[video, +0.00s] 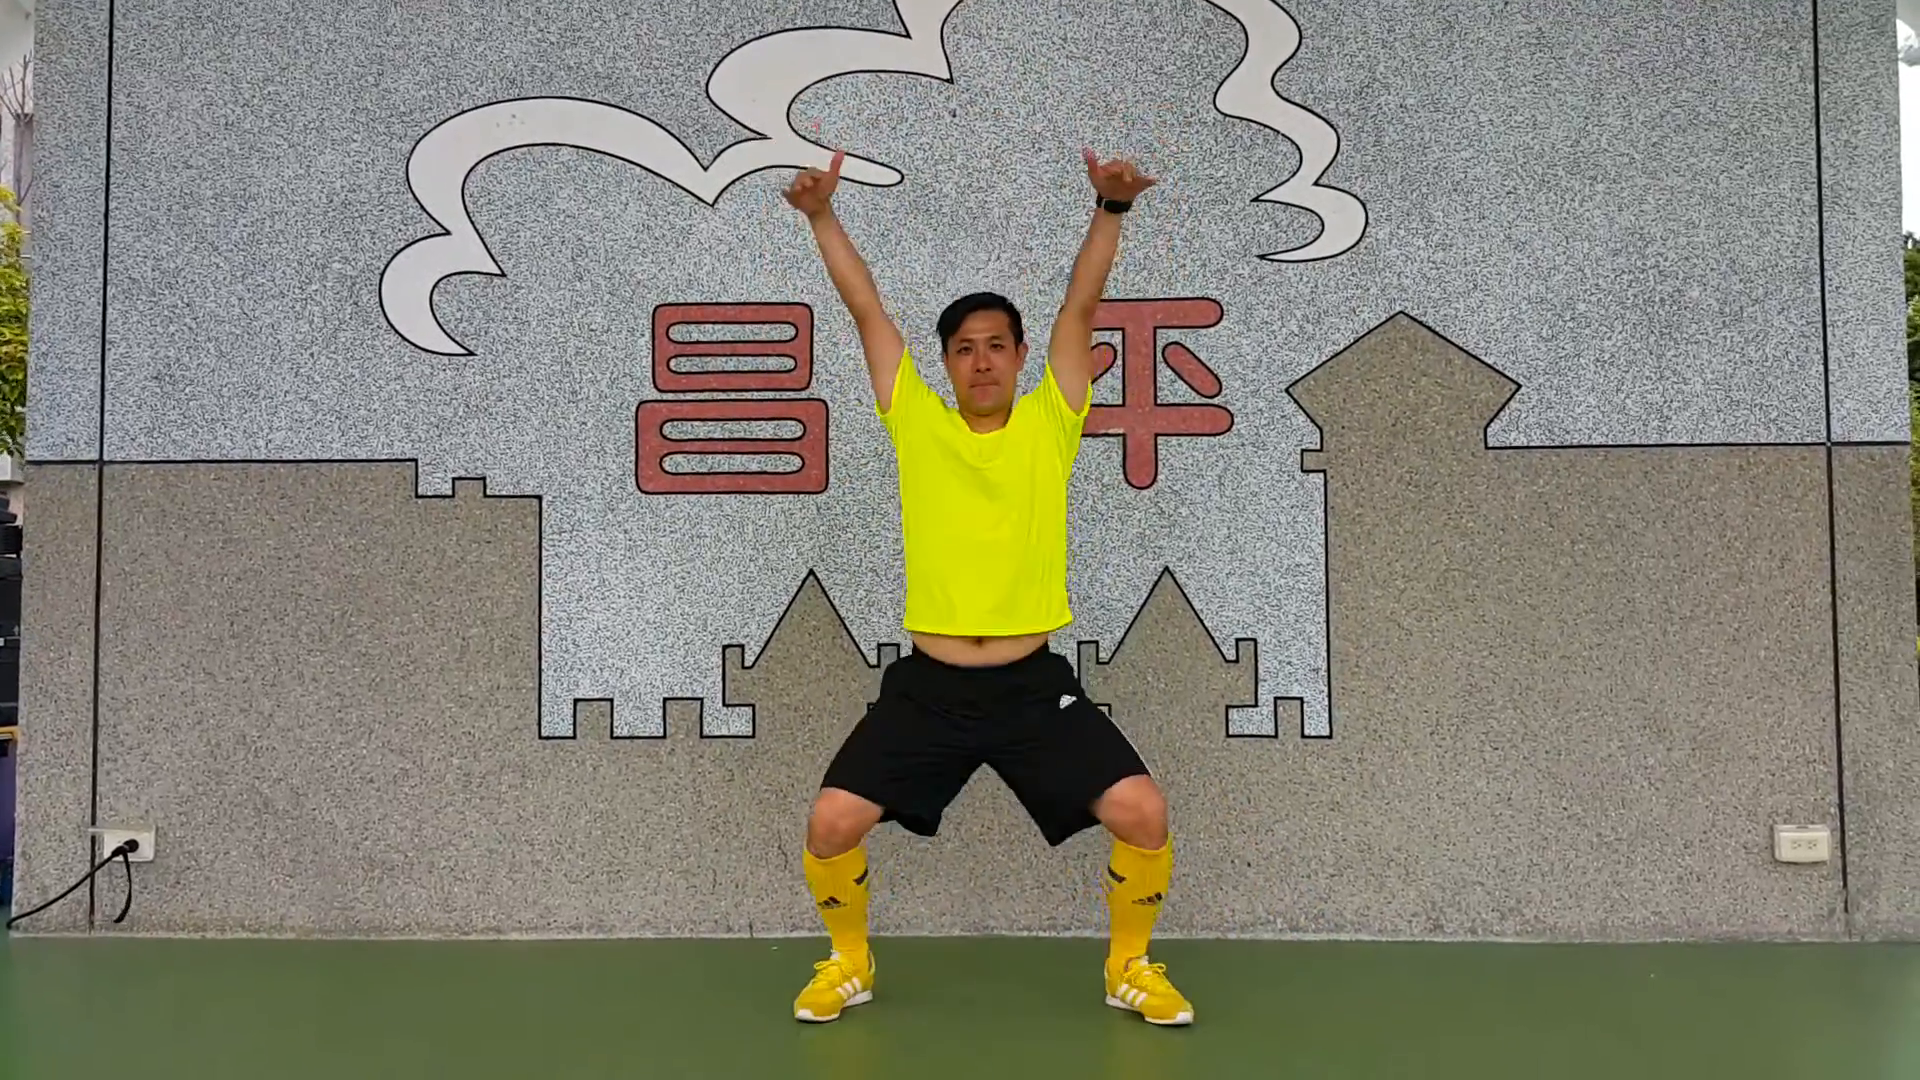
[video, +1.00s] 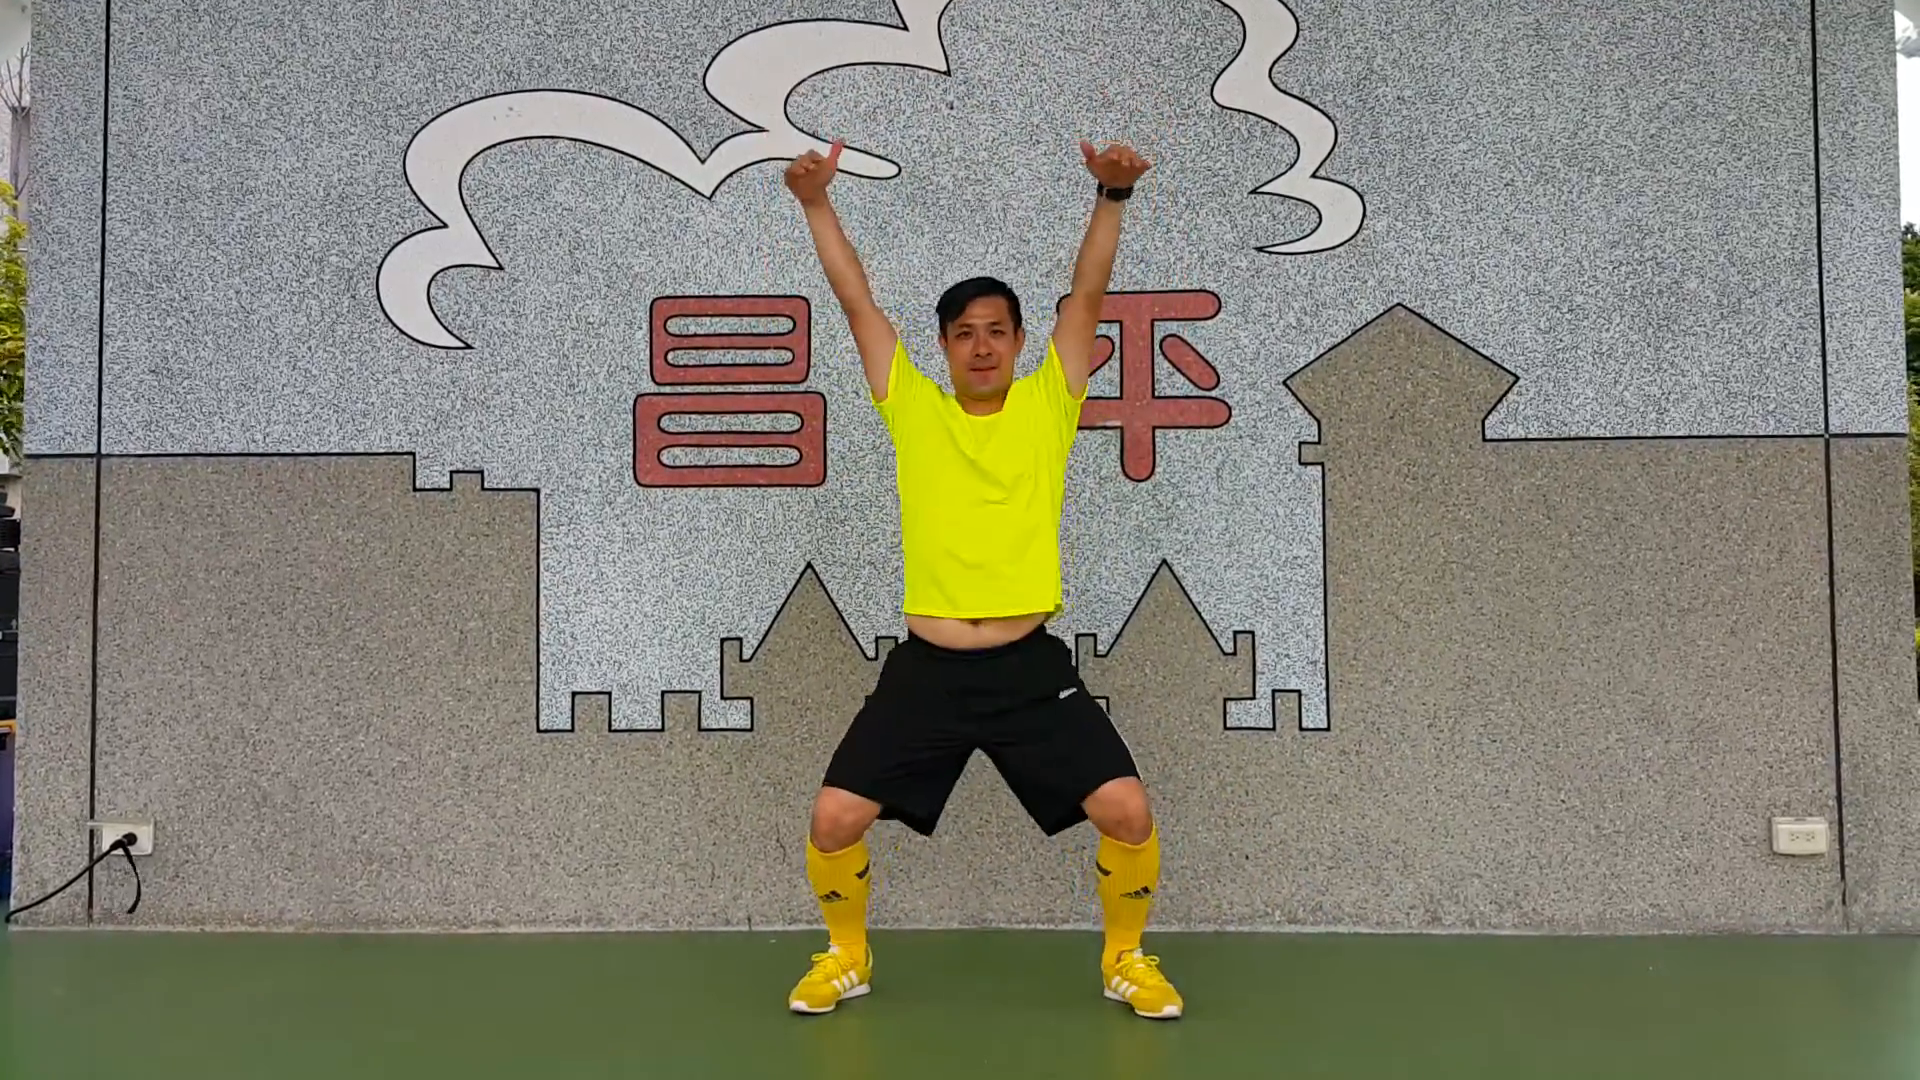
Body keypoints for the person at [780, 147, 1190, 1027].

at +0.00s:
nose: (981, 358)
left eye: (995, 346)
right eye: (966, 348)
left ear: (1022, 360)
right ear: (946, 365)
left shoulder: (1051, 429)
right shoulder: (917, 427)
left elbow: (1081, 311)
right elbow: (867, 315)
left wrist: (1110, 209)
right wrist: (821, 215)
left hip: (1036, 687)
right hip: (927, 689)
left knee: (1142, 812)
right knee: (830, 822)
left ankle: (1129, 968)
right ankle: (850, 964)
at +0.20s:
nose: (981, 280)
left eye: (995, 267)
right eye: (965, 268)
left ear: (1018, 282)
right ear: (942, 285)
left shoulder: (1055, 349)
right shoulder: (906, 350)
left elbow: (1140, 283)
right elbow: (812, 283)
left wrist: (1144, 180)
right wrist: (790, 176)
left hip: (1027, 606)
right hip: (922, 606)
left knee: (1101, 779)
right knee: (860, 784)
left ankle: (1124, 961)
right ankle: (849, 957)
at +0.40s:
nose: (975, 241)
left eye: (991, 229)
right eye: (960, 231)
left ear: (1015, 247)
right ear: (939, 252)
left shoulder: (1053, 333)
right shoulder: (904, 338)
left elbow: (1137, 403)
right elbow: (803, 395)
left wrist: (1160, 314)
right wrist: (780, 298)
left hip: (1024, 579)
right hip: (921, 580)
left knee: (1068, 765)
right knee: (887, 764)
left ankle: (1122, 949)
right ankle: (848, 951)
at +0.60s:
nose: (975, 248)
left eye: (990, 234)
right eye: (958, 236)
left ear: (1014, 251)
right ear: (940, 257)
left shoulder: (1059, 337)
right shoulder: (905, 344)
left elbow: (1158, 357)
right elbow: (793, 365)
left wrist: (1165, 271)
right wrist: (783, 275)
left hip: (1027, 587)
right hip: (924, 587)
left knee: (1076, 769)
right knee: (885, 764)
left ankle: (1121, 953)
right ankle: (847, 951)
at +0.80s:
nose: (977, 298)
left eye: (992, 283)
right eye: (960, 286)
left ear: (1017, 294)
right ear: (939, 301)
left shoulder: (1052, 362)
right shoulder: (912, 367)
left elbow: (1106, 253)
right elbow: (836, 264)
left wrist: (1137, 143)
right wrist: (793, 159)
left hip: (1037, 627)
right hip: (931, 632)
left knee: (1115, 799)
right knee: (846, 796)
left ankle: (1124, 961)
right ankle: (848, 956)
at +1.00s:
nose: (984, 344)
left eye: (998, 331)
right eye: (967, 333)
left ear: (1020, 342)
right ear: (944, 347)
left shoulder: (1047, 411)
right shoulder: (914, 412)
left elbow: (1085, 301)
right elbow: (857, 305)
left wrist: (1111, 198)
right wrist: (817, 201)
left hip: (1031, 670)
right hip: (923, 673)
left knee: (1127, 811)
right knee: (834, 817)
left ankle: (1125, 961)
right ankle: (848, 957)